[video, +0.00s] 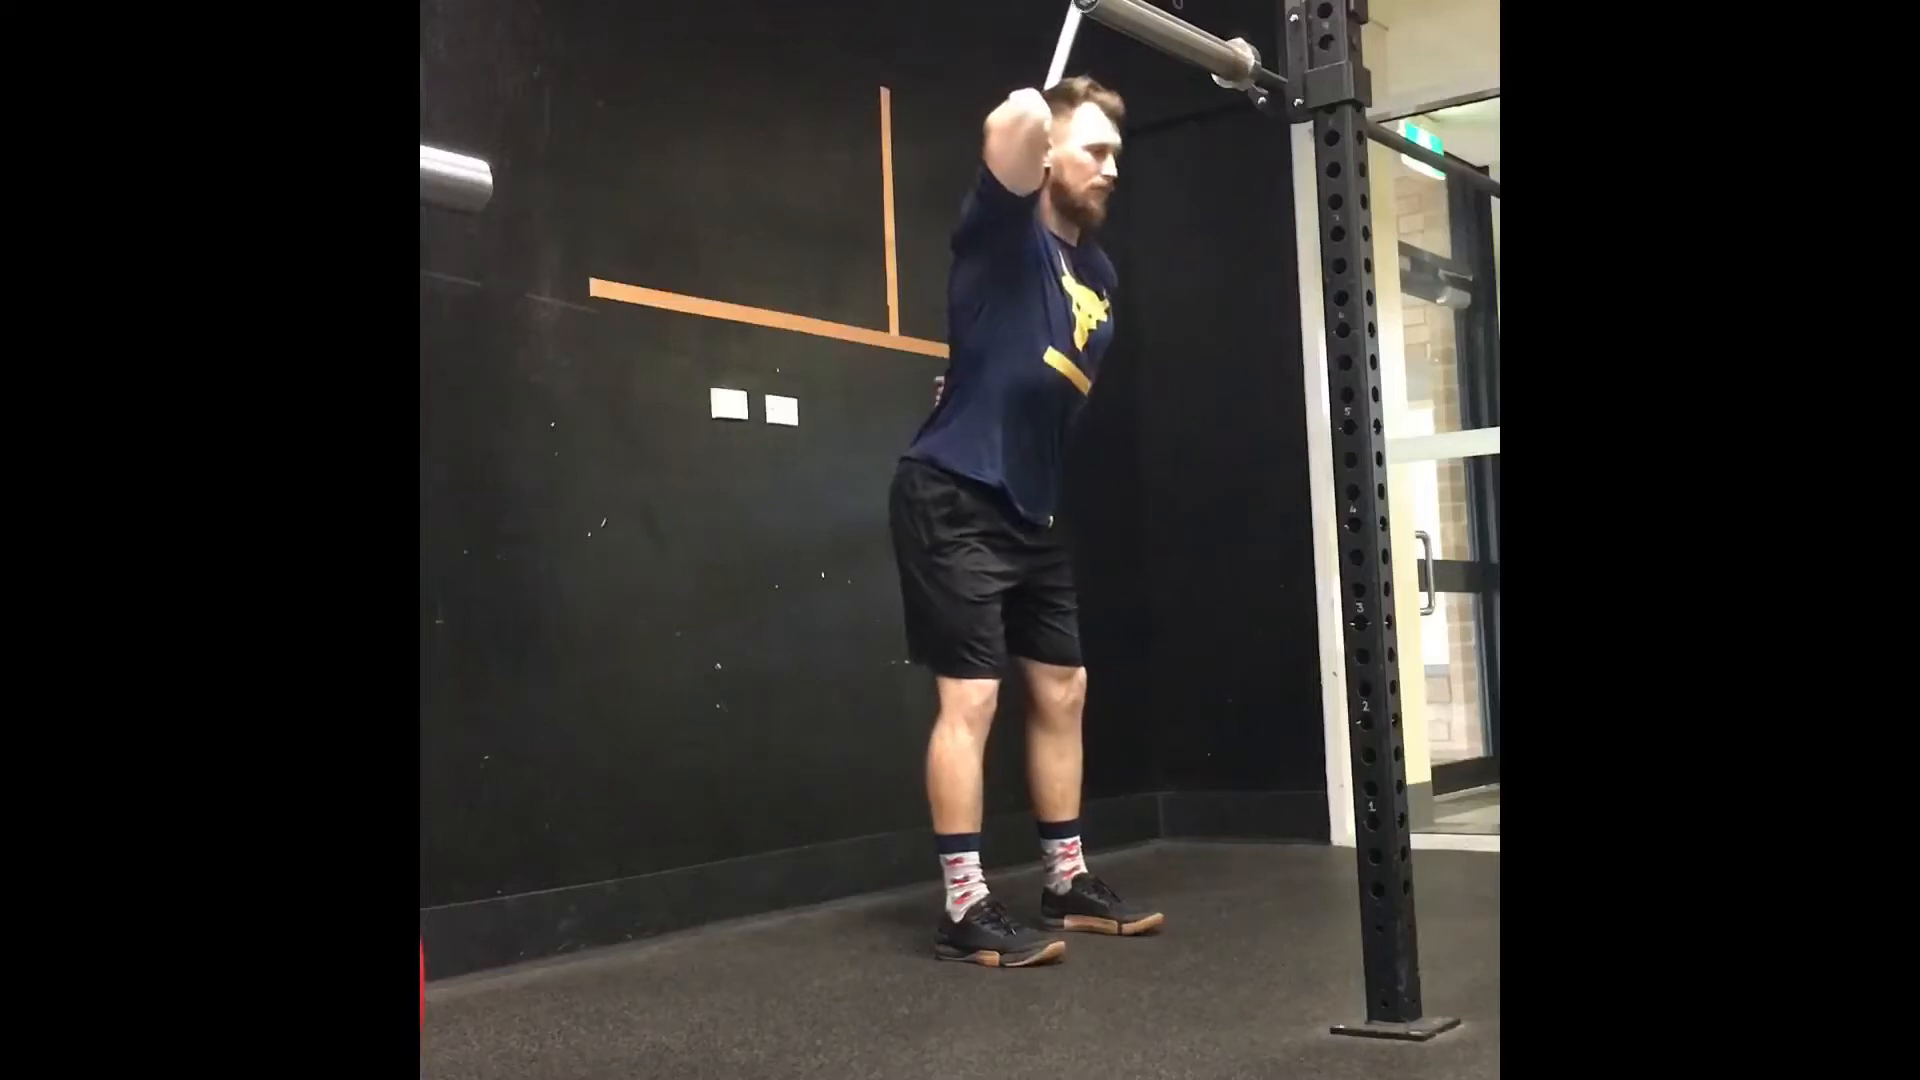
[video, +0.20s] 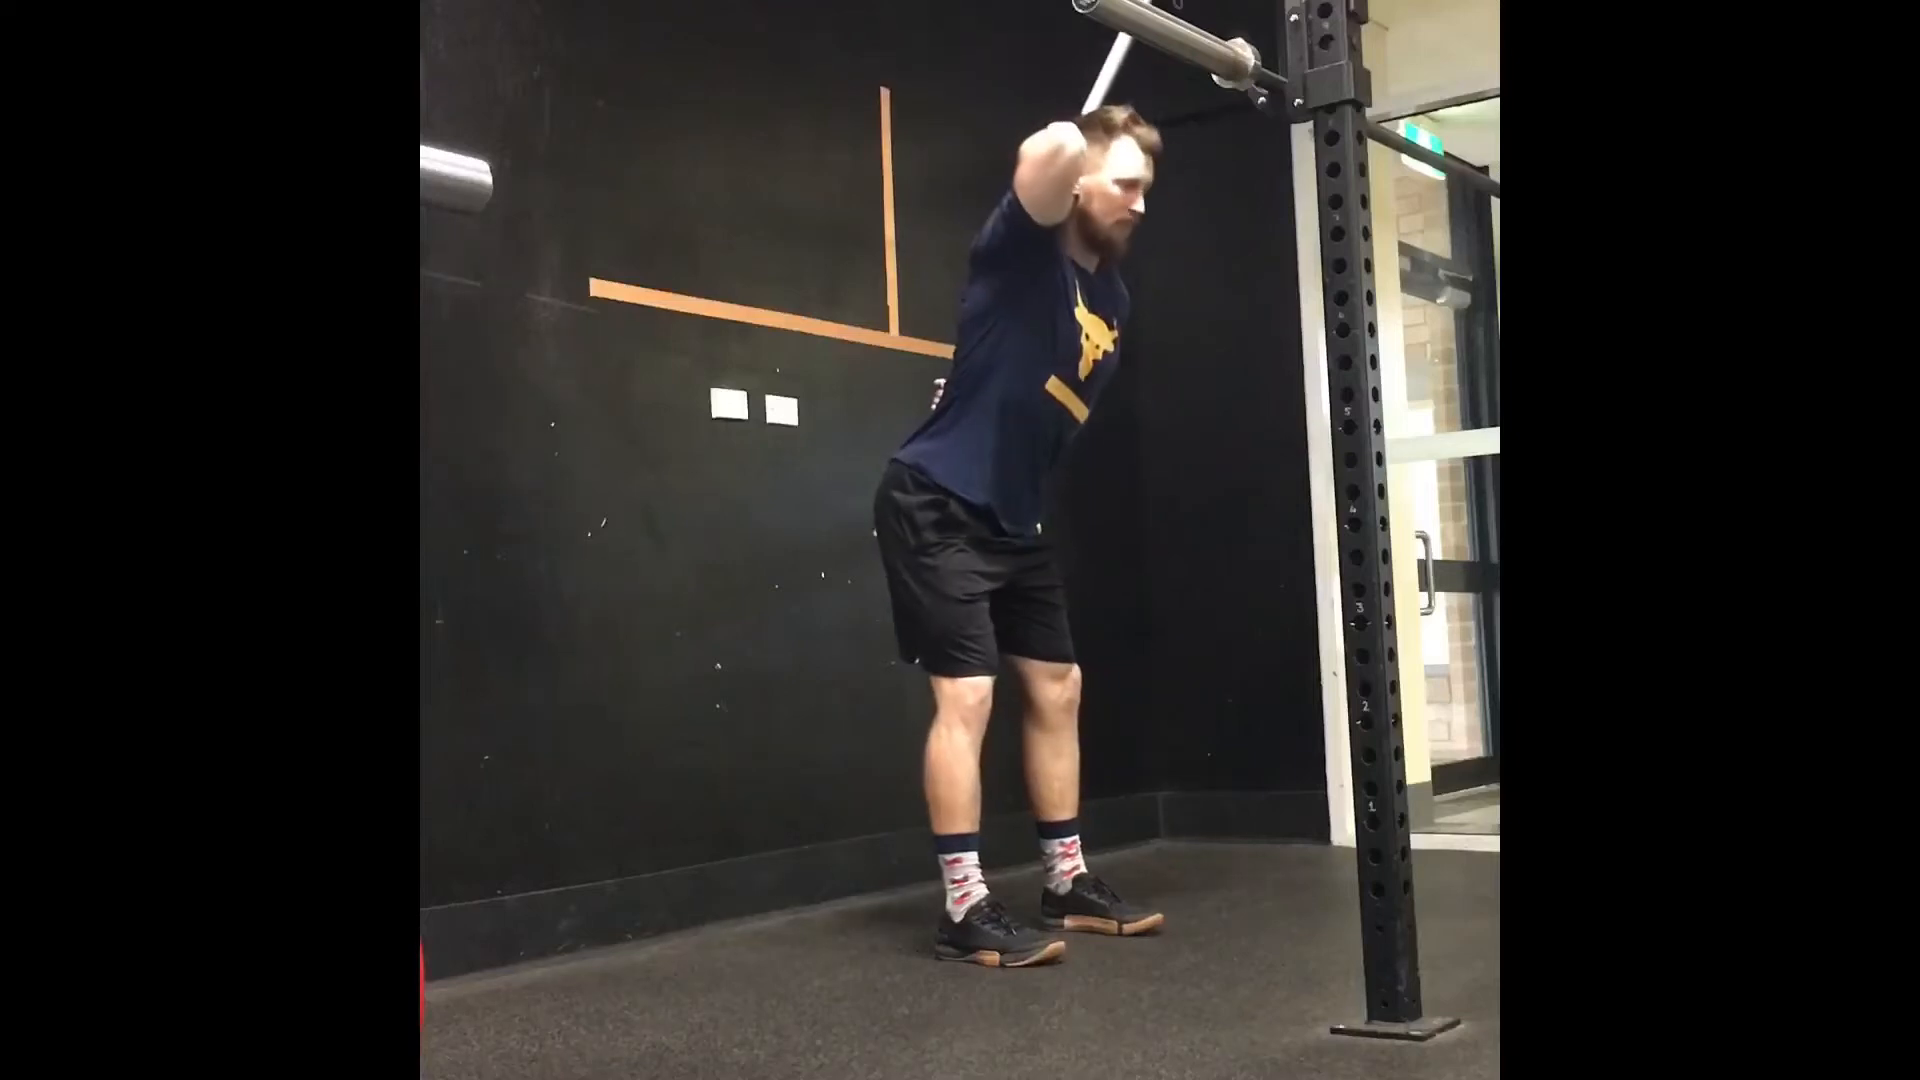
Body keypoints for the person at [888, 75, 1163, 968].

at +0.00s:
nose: (1110, 170)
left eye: (1115, 156)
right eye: (1094, 153)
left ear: (1114, 167)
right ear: (1045, 154)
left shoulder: (1099, 276)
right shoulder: (999, 233)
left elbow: (1060, 386)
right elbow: (1009, 125)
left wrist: (974, 405)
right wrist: (1047, 105)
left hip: (1032, 511)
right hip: (953, 496)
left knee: (1060, 688)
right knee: (970, 697)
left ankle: (1068, 881)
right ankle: (966, 908)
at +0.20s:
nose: (1138, 201)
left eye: (1146, 186)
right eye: (1125, 184)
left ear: (1144, 195)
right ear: (1080, 181)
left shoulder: (1111, 297)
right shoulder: (1021, 249)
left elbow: (1052, 395)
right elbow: (1046, 158)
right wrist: (1076, 138)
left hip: (1015, 516)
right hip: (937, 502)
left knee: (1055, 686)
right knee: (966, 696)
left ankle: (1067, 884)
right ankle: (966, 910)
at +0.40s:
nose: (1157, 243)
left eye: (1167, 229)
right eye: (1147, 224)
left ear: (1167, 230)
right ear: (1101, 213)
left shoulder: (1121, 326)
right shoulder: (1038, 273)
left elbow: (1054, 392)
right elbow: (1066, 196)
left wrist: (974, 397)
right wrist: (1101, 172)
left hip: (1004, 524)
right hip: (924, 507)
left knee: (1055, 687)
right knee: (960, 694)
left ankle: (1069, 885)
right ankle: (966, 910)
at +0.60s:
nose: (1171, 281)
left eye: (1181, 266)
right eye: (1160, 261)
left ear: (1184, 264)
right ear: (1115, 246)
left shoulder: (1124, 355)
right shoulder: (1045, 303)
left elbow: (1044, 416)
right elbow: (1080, 231)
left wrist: (966, 417)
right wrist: (1114, 212)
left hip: (996, 531)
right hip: (914, 515)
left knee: (1055, 684)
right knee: (958, 695)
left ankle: (1069, 885)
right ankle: (965, 911)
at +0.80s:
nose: (1179, 319)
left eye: (1191, 305)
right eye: (1172, 298)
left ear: (1194, 300)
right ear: (1130, 278)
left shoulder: (1130, 378)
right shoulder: (1049, 331)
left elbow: (1041, 431)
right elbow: (1091, 263)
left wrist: (964, 422)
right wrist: (1128, 252)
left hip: (989, 538)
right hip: (906, 520)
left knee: (1054, 681)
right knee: (956, 692)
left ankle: (1067, 885)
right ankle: (965, 911)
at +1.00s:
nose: (1178, 312)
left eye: (1188, 298)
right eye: (1171, 292)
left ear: (1186, 292)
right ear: (1125, 274)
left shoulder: (1124, 373)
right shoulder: (1045, 328)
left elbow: (1037, 418)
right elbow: (1085, 263)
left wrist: (962, 418)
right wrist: (1122, 247)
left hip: (987, 538)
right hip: (906, 519)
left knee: (1053, 680)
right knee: (956, 692)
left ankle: (1068, 886)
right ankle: (964, 912)